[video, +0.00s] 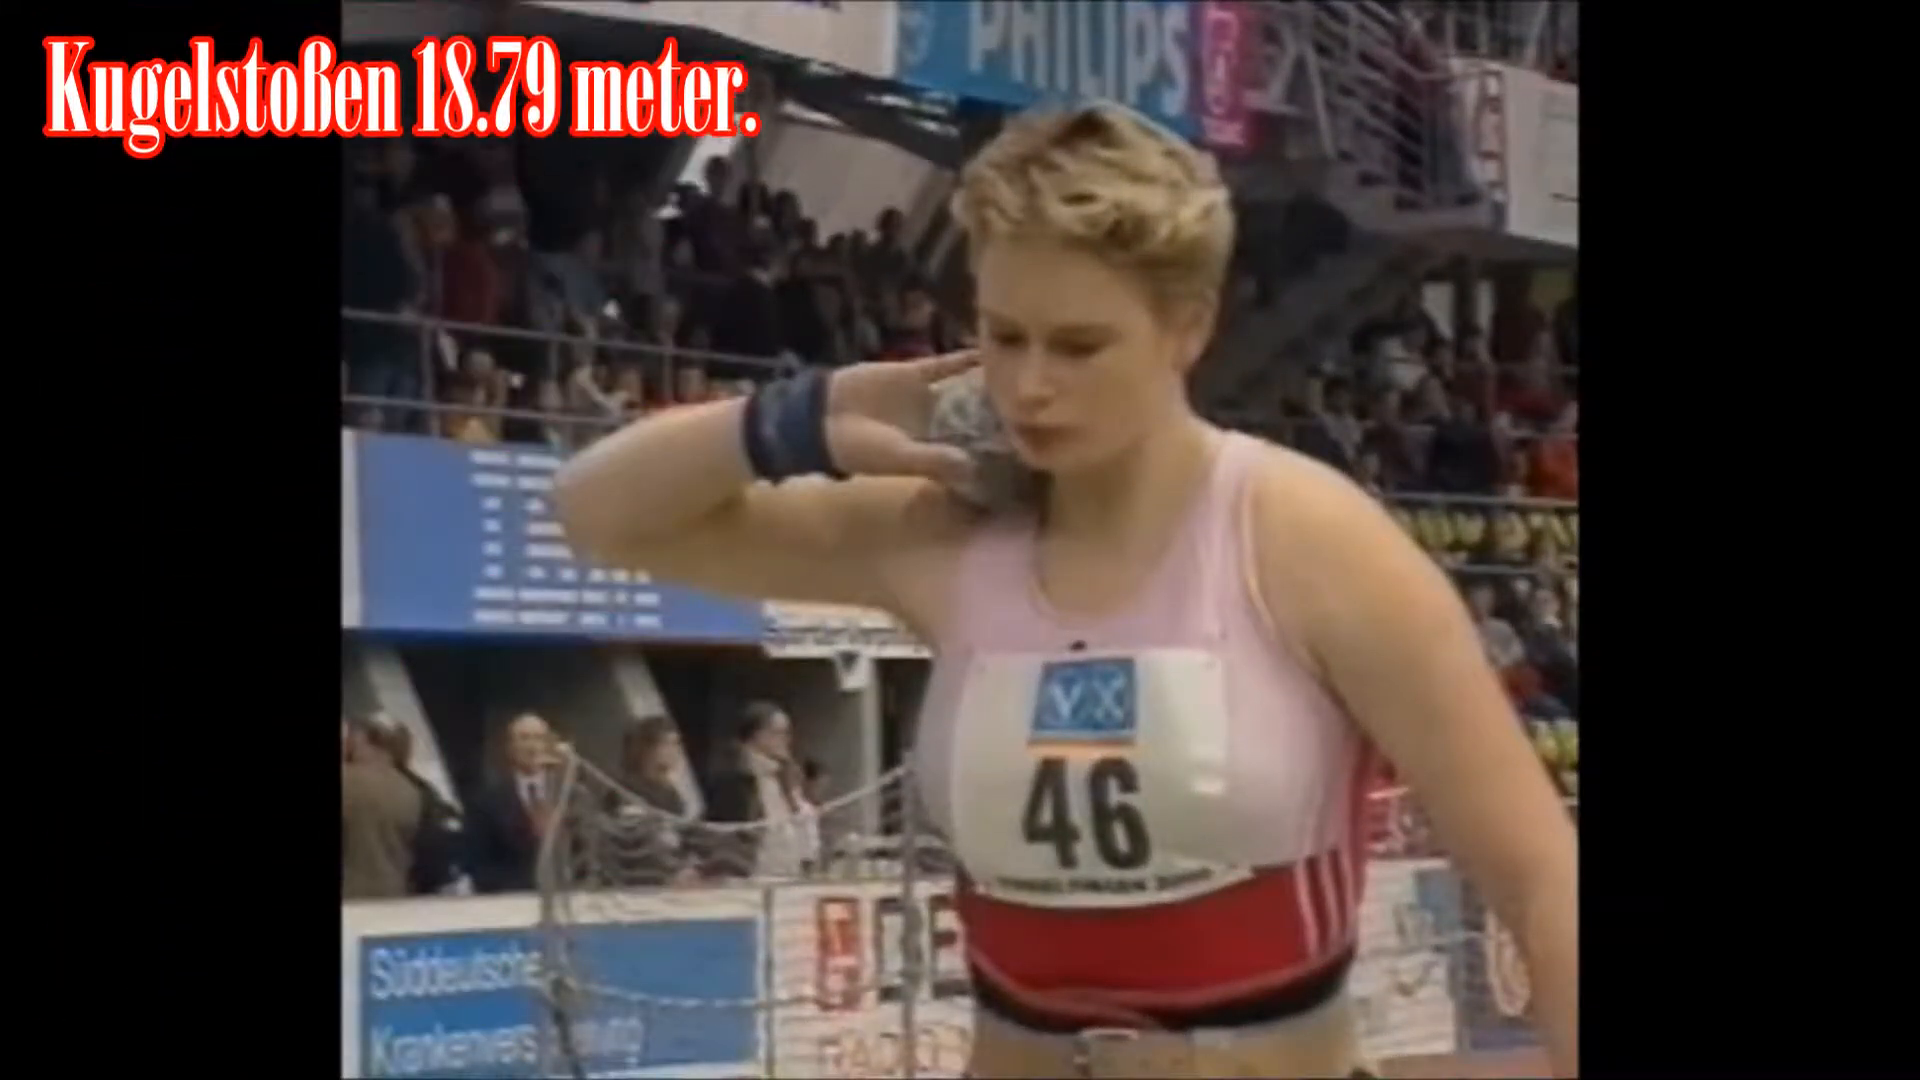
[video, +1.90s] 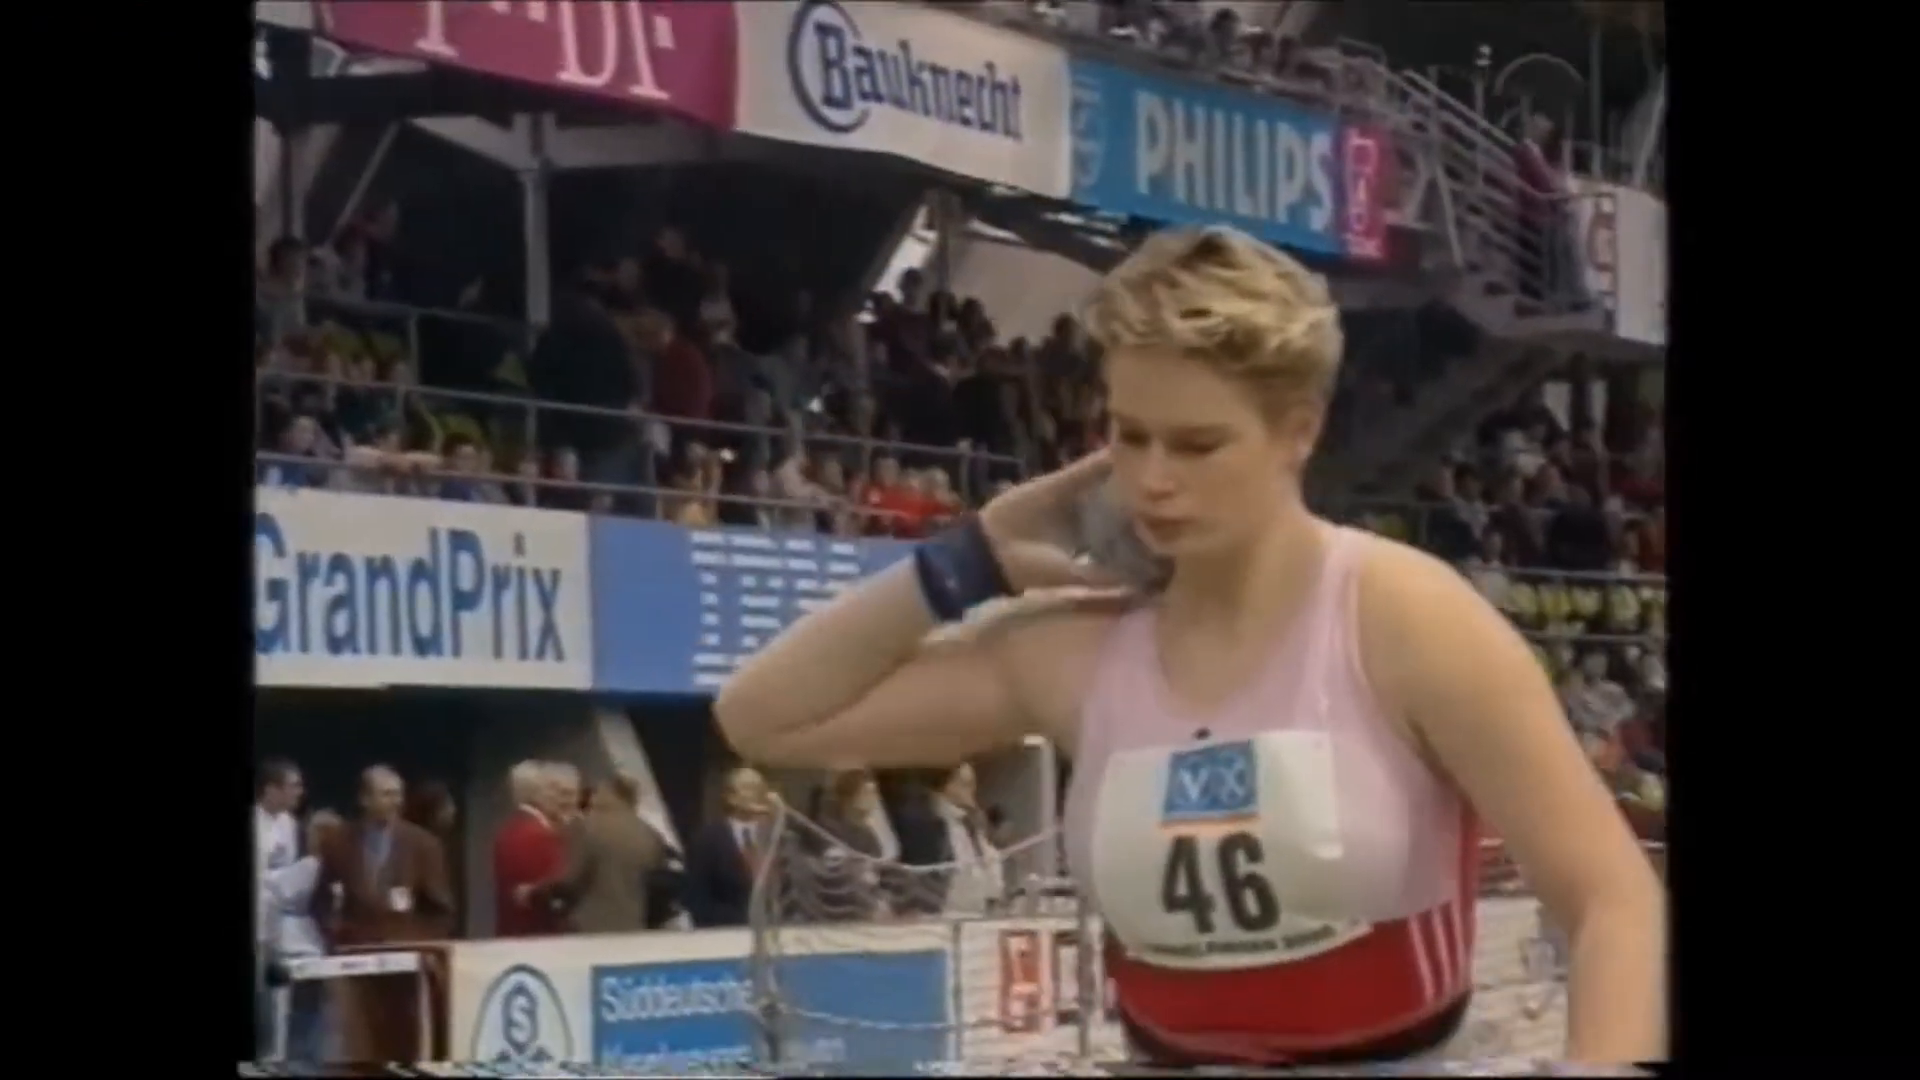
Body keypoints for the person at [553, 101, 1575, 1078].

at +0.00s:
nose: (1028, 386)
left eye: (1079, 344)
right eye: (1004, 338)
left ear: (1186, 330)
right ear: (974, 324)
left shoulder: (1303, 533)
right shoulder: (928, 534)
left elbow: (1539, 875)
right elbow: (600, 512)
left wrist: (1564, 1060)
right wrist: (809, 420)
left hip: (1270, 1054)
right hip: (1016, 1051)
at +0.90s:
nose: (1049, 381)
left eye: (1087, 344)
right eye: (1014, 338)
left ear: (1187, 326)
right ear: (970, 319)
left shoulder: (1312, 538)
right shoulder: (949, 539)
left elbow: (1539, 876)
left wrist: (1561, 1051)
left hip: (1269, 1050)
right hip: (1011, 1048)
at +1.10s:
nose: (835, 562)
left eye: (879, 513)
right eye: (802, 514)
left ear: (982, 481)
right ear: (771, 499)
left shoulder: (1149, 634)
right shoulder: (781, 743)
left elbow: (1410, 879)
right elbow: (560, 910)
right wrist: (608, 638)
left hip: (1221, 1067)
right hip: (946, 1064)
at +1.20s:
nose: (873, 549)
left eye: (914, 501)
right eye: (843, 503)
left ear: (1020, 475)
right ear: (813, 491)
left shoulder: (1178, 625)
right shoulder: (824, 735)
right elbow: (583, 953)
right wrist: (655, 653)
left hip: (1282, 1068)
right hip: (1006, 1073)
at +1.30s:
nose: (896, 534)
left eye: (939, 486)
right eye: (867, 490)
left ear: (1044, 459)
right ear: (835, 481)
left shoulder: (1193, 619)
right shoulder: (845, 723)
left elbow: (1521, 854)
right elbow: (591, 943)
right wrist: (702, 641)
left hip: (1281, 1058)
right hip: (1025, 1064)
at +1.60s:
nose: (1056, 505)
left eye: (1101, 464)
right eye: (1034, 463)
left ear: (1210, 462)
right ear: (1008, 462)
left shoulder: (1331, 633)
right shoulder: (989, 712)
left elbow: (1570, 881)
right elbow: (670, 818)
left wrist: (1504, 1048)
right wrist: (879, 605)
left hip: (1352, 1057)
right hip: (1112, 1066)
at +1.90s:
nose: (1152, 482)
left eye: (1197, 444)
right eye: (1128, 435)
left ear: (1297, 433)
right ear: (1100, 424)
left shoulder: (1399, 612)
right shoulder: (1069, 655)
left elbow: (1613, 899)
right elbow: (759, 720)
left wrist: (1601, 1073)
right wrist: (970, 558)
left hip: (1403, 1058)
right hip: (1168, 1062)